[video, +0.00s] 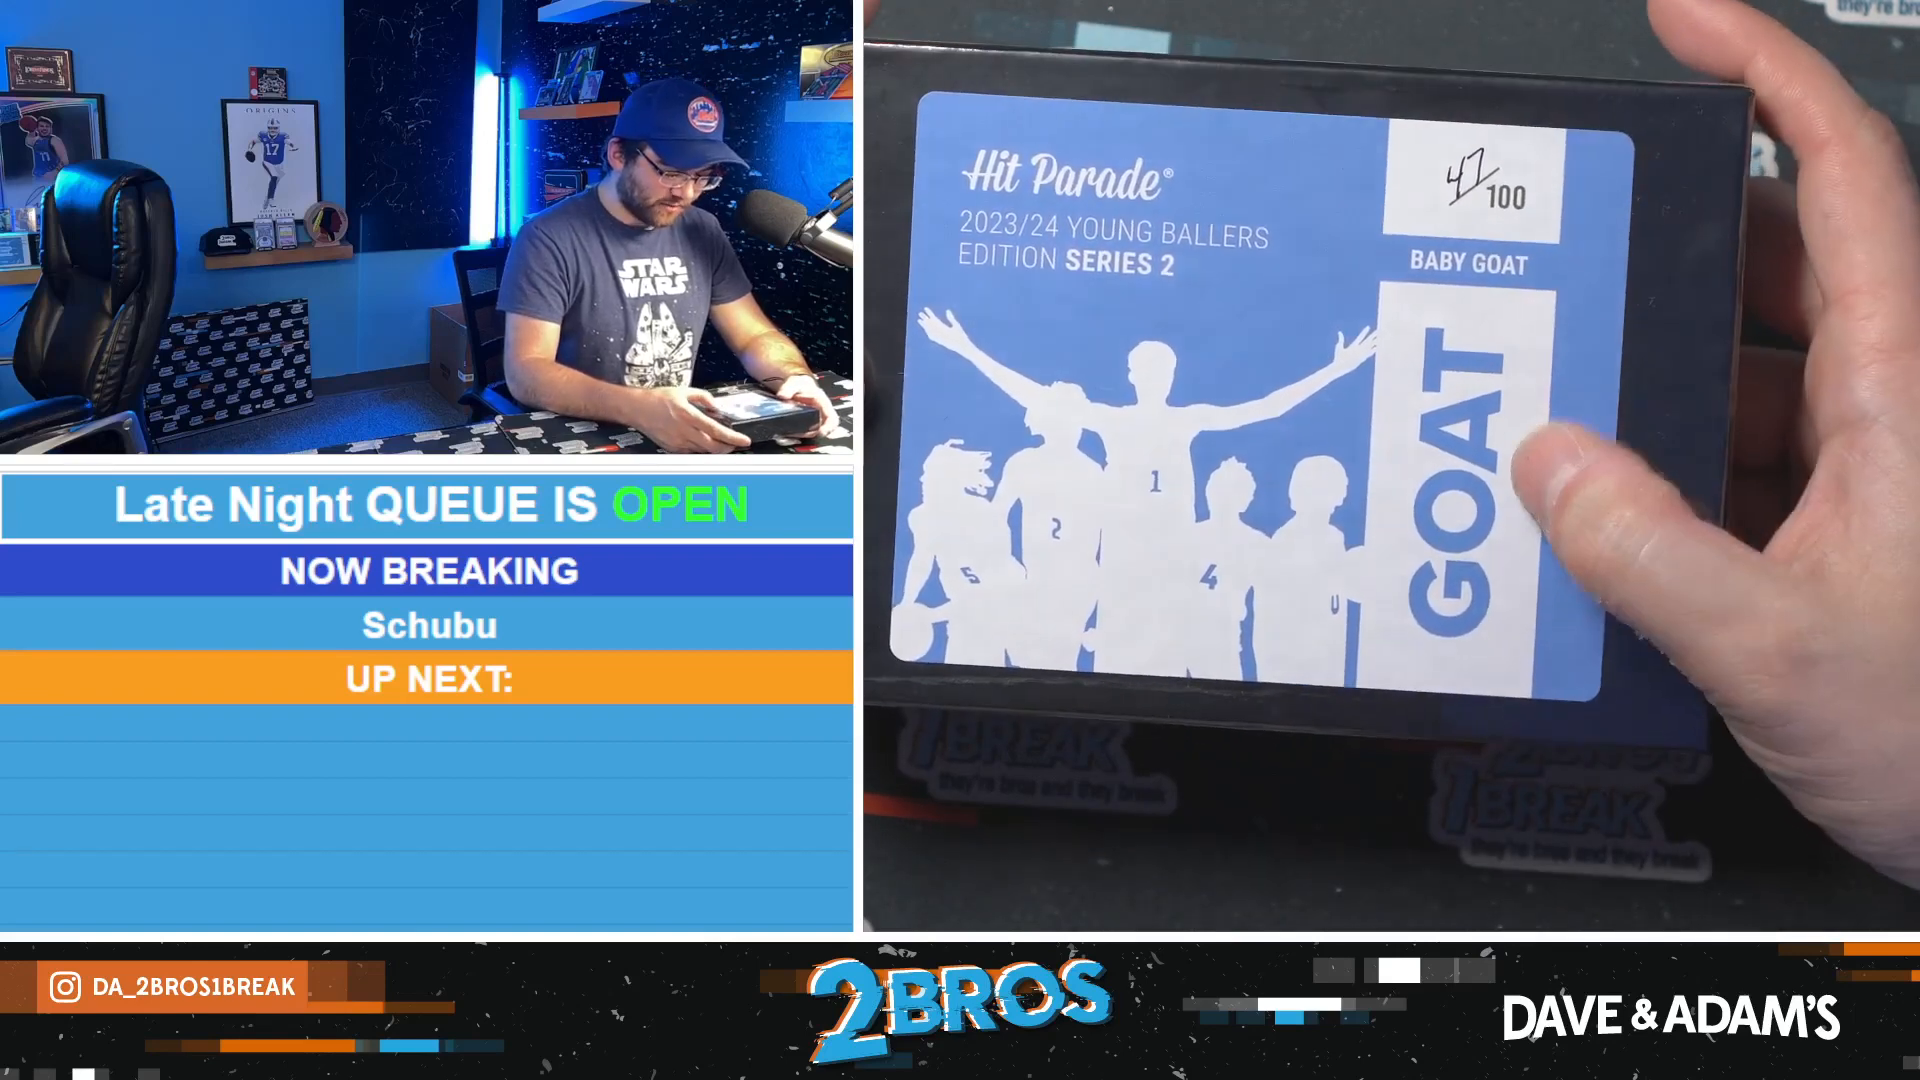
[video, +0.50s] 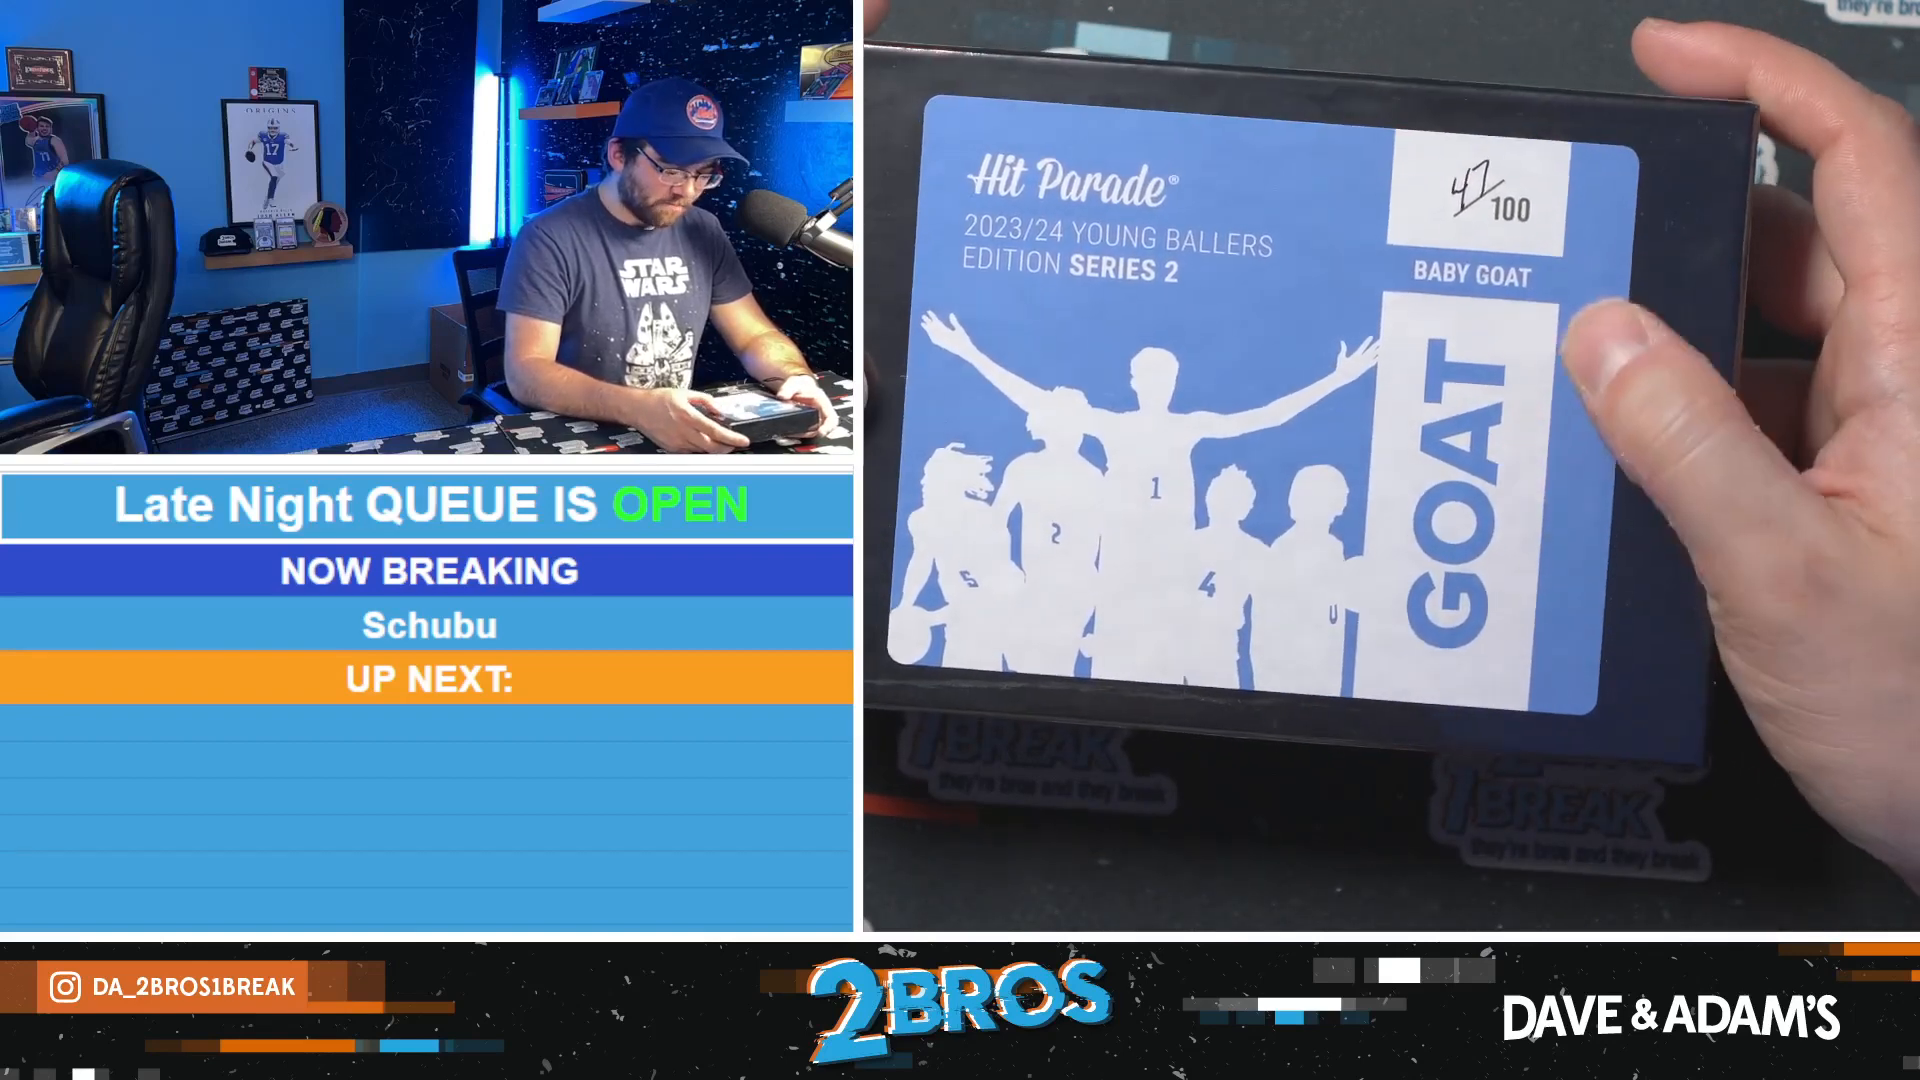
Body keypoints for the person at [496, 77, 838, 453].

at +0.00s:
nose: (686, 192)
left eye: (701, 175)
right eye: (670, 170)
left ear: (715, 171)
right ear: (618, 155)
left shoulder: (701, 232)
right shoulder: (553, 237)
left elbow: (756, 335)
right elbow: (528, 373)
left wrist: (795, 375)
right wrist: (641, 408)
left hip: (680, 460)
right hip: (576, 464)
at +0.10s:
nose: (686, 192)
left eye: (701, 175)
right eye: (671, 171)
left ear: (714, 171)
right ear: (618, 155)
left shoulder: (701, 232)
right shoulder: (552, 237)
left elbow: (755, 335)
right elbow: (527, 372)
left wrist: (795, 375)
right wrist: (642, 407)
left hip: (681, 459)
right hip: (578, 464)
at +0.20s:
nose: (686, 192)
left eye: (702, 174)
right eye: (671, 170)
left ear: (715, 171)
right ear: (618, 156)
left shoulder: (701, 232)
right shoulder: (552, 237)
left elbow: (755, 335)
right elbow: (527, 372)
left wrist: (794, 375)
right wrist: (639, 408)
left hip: (681, 460)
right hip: (576, 465)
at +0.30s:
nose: (686, 193)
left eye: (702, 175)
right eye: (671, 171)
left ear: (714, 171)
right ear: (618, 156)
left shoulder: (701, 232)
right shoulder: (551, 237)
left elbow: (755, 335)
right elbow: (527, 372)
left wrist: (794, 376)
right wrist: (639, 407)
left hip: (680, 460)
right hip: (576, 465)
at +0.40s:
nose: (688, 191)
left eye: (703, 174)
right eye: (671, 170)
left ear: (715, 171)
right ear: (618, 156)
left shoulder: (702, 232)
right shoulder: (552, 237)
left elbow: (756, 335)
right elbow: (528, 373)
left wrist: (795, 375)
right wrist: (640, 408)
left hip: (680, 460)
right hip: (576, 465)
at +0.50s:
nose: (688, 190)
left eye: (703, 173)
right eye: (671, 169)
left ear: (715, 170)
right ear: (618, 156)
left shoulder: (702, 232)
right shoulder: (553, 237)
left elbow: (756, 335)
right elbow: (528, 373)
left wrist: (795, 375)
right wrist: (640, 407)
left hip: (681, 458)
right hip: (577, 464)